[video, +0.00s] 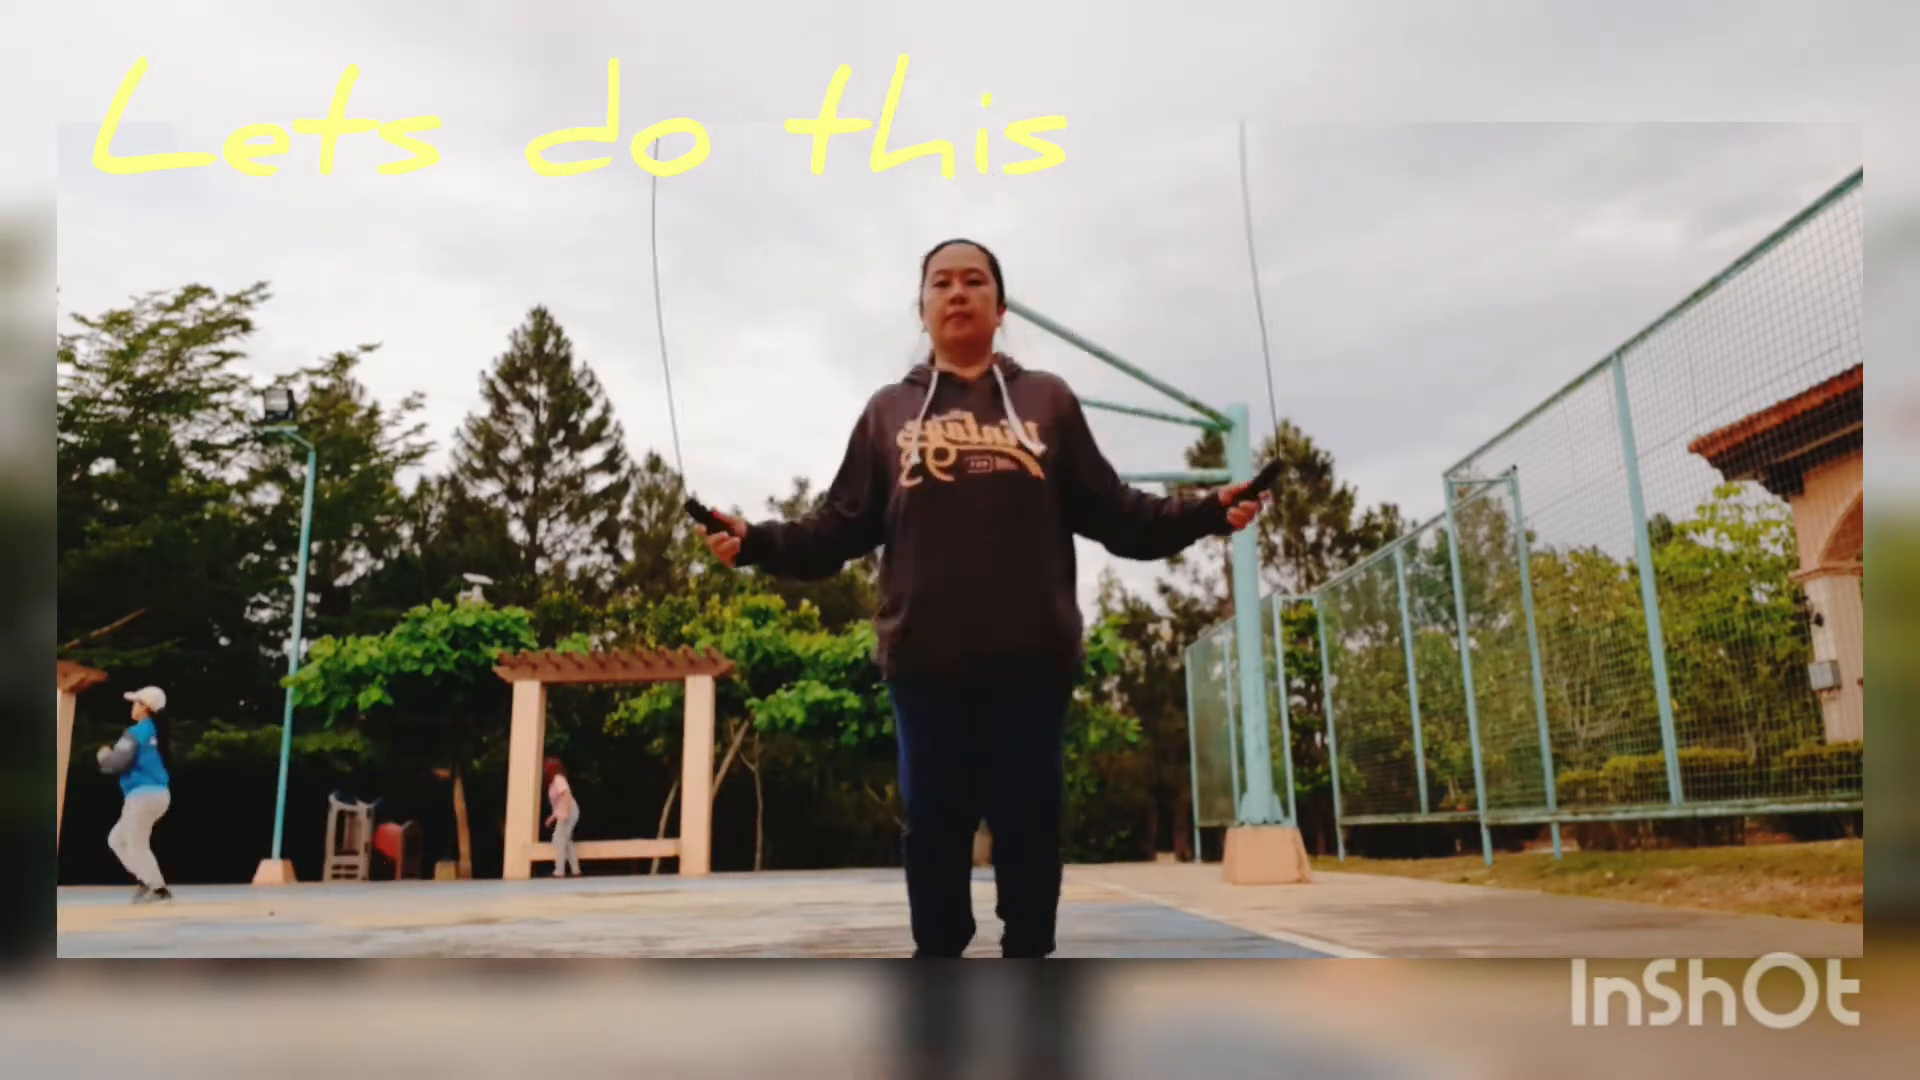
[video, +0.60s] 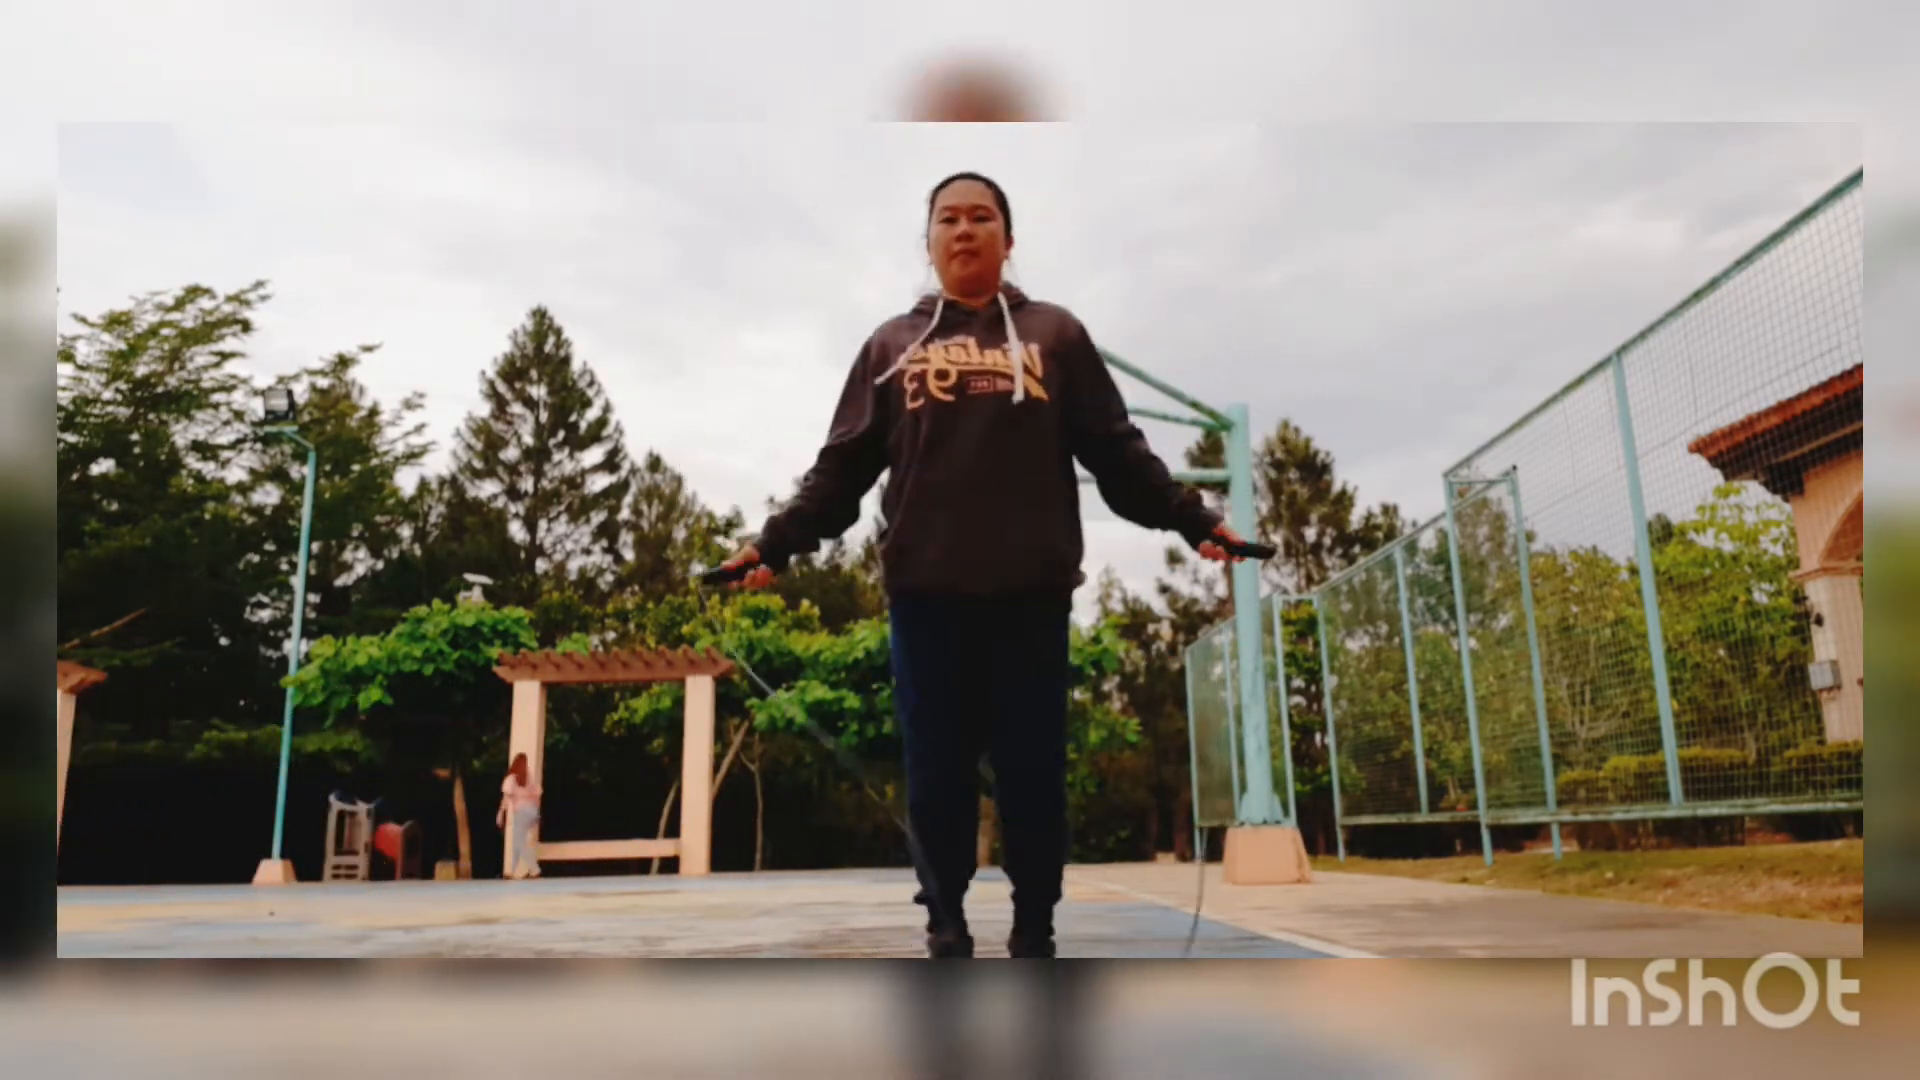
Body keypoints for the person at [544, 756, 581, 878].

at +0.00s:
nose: (546, 770)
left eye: (548, 767)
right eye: (547, 767)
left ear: (552, 768)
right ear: (554, 769)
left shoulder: (559, 779)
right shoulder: (553, 783)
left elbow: (566, 796)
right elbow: (559, 804)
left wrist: (564, 812)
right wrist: (553, 817)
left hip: (568, 810)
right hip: (564, 812)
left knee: (559, 838)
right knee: (566, 839)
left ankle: (559, 869)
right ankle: (575, 869)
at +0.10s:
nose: (541, 770)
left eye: (543, 768)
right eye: (542, 767)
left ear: (546, 768)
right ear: (550, 768)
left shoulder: (553, 779)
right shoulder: (549, 781)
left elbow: (560, 797)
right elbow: (554, 803)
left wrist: (556, 814)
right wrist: (547, 817)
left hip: (561, 813)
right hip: (561, 813)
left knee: (551, 840)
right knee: (565, 841)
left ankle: (544, 869)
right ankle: (574, 868)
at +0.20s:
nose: (537, 770)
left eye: (539, 767)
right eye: (538, 767)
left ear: (542, 768)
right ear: (548, 768)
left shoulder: (547, 780)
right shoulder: (546, 781)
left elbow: (552, 797)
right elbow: (542, 799)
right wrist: (543, 817)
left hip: (554, 814)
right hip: (558, 813)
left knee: (545, 840)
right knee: (561, 841)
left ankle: (538, 870)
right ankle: (574, 868)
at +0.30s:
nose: (530, 765)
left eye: (532, 763)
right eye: (532, 762)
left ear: (533, 765)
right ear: (540, 766)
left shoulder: (535, 779)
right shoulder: (541, 779)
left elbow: (540, 794)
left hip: (542, 809)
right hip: (550, 808)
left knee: (534, 839)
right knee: (546, 840)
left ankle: (535, 869)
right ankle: (566, 862)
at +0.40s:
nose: (525, 766)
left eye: (526, 763)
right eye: (529, 763)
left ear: (526, 765)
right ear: (537, 764)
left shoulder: (527, 779)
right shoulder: (542, 778)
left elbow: (531, 796)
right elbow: (545, 795)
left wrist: (532, 814)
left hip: (536, 809)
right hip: (545, 808)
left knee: (528, 840)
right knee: (537, 840)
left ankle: (535, 868)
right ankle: (556, 861)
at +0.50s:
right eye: (529, 764)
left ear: (519, 764)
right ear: (530, 765)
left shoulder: (518, 778)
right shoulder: (535, 777)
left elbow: (517, 795)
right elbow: (542, 792)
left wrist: (512, 813)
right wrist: (539, 805)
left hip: (527, 810)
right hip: (538, 809)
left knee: (522, 840)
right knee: (529, 840)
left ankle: (534, 868)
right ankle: (531, 867)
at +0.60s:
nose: (520, 766)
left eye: (517, 763)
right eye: (523, 763)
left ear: (514, 764)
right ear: (525, 764)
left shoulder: (510, 778)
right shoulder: (530, 777)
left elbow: (506, 798)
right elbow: (537, 793)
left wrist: (500, 813)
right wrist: (536, 809)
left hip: (519, 811)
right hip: (532, 810)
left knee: (520, 842)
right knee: (518, 841)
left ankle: (534, 868)